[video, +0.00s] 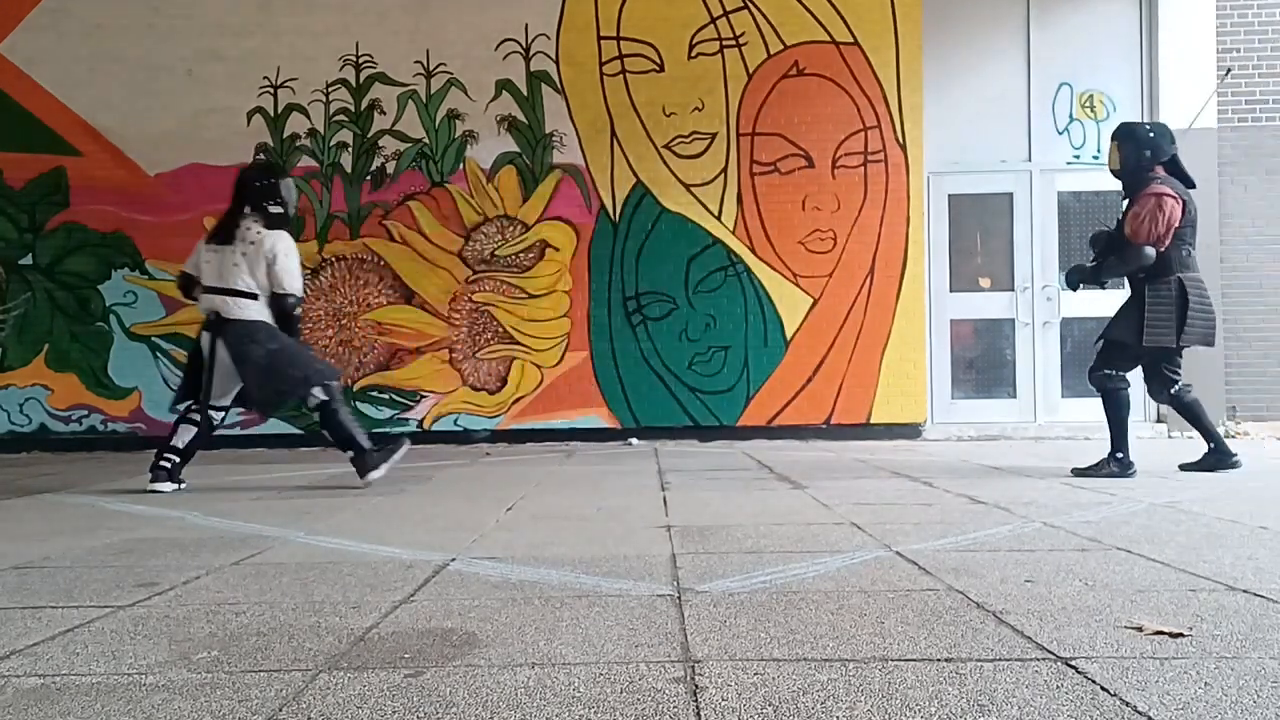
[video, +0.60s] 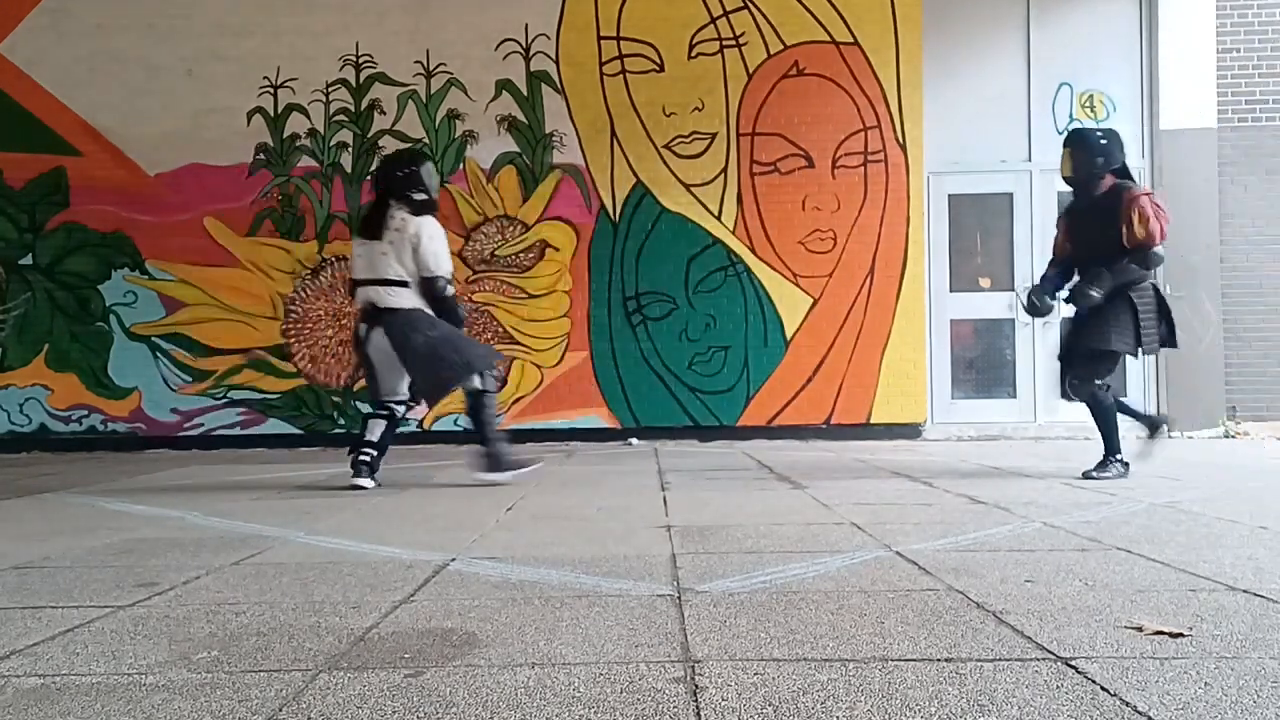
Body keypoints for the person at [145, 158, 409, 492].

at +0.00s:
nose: (291, 199)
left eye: (288, 190)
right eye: (285, 191)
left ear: (244, 196)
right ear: (271, 197)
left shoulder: (217, 233)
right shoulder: (277, 239)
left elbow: (186, 282)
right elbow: (285, 305)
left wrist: (218, 302)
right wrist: (293, 351)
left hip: (214, 335)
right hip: (257, 338)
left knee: (205, 406)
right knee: (320, 384)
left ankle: (164, 469)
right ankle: (365, 456)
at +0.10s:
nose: (317, 198)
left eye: (315, 190)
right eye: (311, 191)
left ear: (267, 198)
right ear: (296, 198)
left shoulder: (245, 237)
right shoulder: (300, 239)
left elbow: (218, 287)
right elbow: (310, 301)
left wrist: (252, 306)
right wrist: (325, 332)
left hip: (244, 338)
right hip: (284, 339)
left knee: (222, 407)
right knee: (348, 381)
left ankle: (167, 468)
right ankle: (377, 461)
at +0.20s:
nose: (346, 191)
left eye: (341, 183)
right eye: (339, 184)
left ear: (298, 193)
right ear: (326, 192)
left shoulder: (278, 233)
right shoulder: (331, 233)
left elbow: (260, 290)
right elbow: (343, 294)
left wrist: (302, 291)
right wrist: (363, 309)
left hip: (281, 332)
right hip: (321, 333)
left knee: (243, 405)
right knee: (384, 379)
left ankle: (183, 464)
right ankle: (389, 465)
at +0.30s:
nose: (374, 185)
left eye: (371, 178)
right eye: (368, 178)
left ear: (326, 186)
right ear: (355, 185)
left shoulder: (305, 227)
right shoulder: (363, 226)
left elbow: (297, 290)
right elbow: (378, 288)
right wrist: (402, 291)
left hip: (308, 328)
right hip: (349, 329)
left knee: (294, 396)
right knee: (410, 386)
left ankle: (253, 452)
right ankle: (391, 465)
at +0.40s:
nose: (396, 180)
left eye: (393, 172)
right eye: (391, 173)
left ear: (347, 181)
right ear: (380, 179)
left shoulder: (330, 220)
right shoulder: (385, 219)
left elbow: (321, 279)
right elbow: (400, 282)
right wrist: (416, 288)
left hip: (329, 322)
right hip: (369, 321)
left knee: (341, 388)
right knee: (423, 384)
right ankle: (393, 463)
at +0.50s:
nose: (416, 179)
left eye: (412, 170)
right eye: (409, 171)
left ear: (365, 178)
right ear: (395, 178)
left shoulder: (344, 220)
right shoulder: (402, 219)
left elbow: (333, 281)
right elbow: (418, 284)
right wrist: (434, 295)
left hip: (346, 318)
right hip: (388, 317)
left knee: (375, 391)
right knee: (458, 370)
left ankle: (361, 467)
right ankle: (417, 447)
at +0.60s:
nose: (431, 184)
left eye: (428, 176)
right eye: (425, 177)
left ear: (383, 184)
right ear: (414, 182)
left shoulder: (365, 223)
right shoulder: (423, 224)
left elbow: (359, 286)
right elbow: (436, 288)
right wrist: (457, 324)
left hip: (372, 327)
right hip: (411, 325)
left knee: (392, 400)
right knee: (478, 365)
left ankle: (364, 468)